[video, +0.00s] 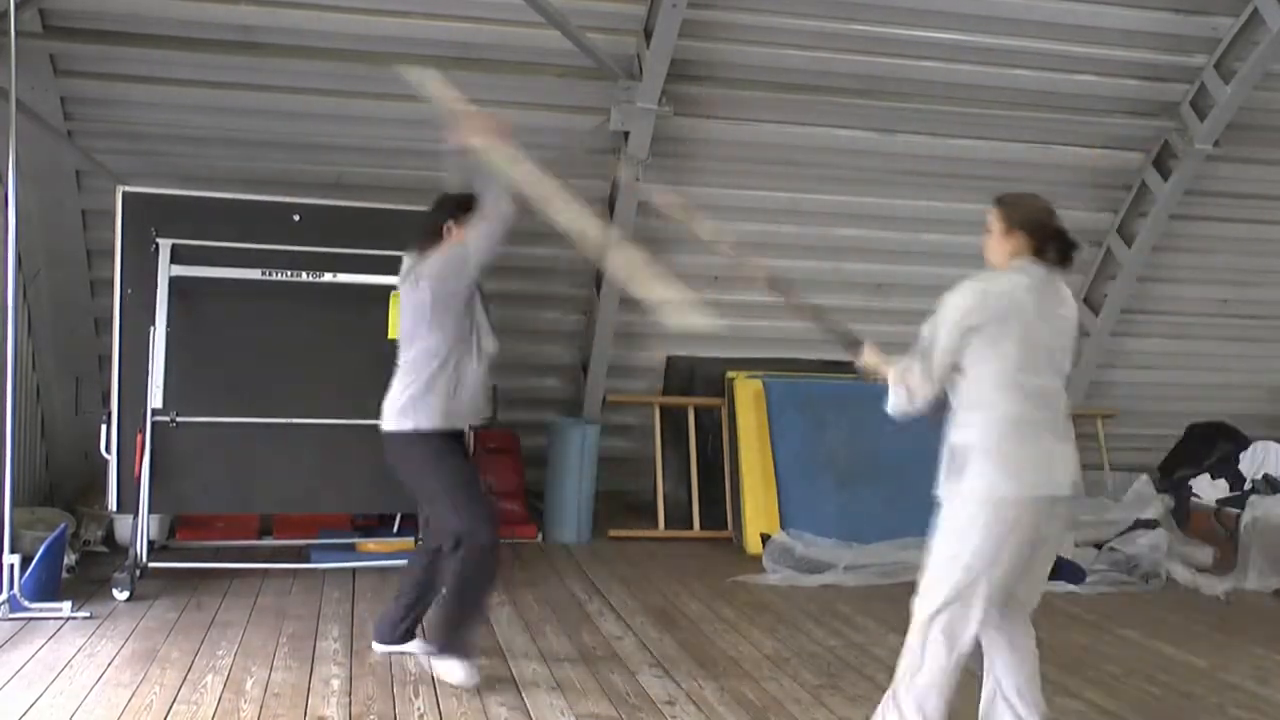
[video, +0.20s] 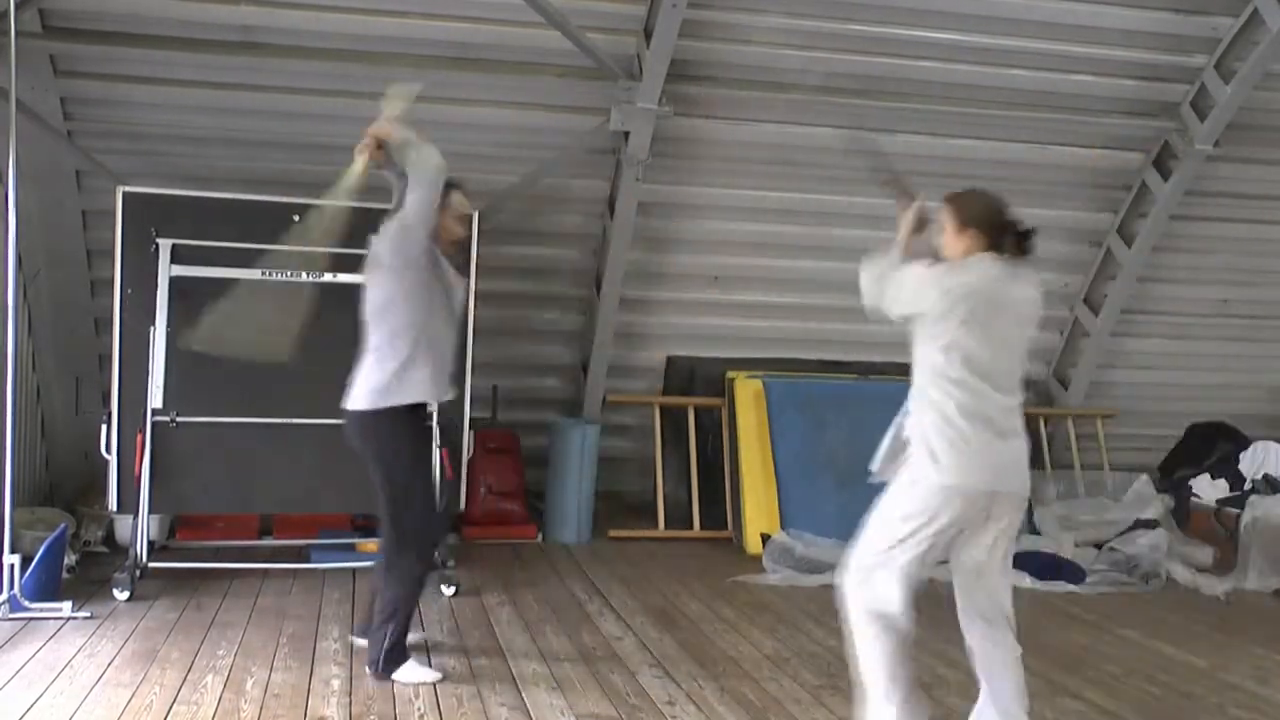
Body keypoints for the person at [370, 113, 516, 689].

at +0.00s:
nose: (481, 239)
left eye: (480, 229)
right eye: (475, 228)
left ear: (449, 230)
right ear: (452, 229)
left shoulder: (439, 274)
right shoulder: (436, 274)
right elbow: (491, 219)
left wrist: (470, 149)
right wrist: (497, 153)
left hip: (435, 430)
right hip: (421, 431)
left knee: (440, 539)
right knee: (476, 532)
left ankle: (393, 632)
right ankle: (444, 643)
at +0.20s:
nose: (466, 229)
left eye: (470, 221)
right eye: (459, 218)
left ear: (456, 226)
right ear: (433, 211)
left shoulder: (434, 268)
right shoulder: (398, 246)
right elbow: (428, 168)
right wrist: (390, 137)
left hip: (407, 410)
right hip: (384, 409)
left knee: (414, 529)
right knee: (414, 532)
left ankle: (378, 626)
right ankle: (388, 657)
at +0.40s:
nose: (418, 240)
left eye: (422, 228)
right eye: (412, 227)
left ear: (385, 222)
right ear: (387, 220)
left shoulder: (361, 255)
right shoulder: (354, 254)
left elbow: (423, 264)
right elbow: (436, 262)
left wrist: (446, 211)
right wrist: (472, 211)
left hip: (330, 417)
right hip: (305, 417)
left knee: (359, 518)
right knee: (344, 526)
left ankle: (357, 628)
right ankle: (304, 658)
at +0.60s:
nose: (356, 278)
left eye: (360, 267)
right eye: (350, 266)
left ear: (329, 260)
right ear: (322, 257)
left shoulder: (309, 293)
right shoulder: (283, 297)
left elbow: (361, 339)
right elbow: (344, 361)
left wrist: (430, 344)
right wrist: (423, 369)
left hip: (258, 424)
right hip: (243, 425)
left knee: (275, 531)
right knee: (294, 537)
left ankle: (189, 603)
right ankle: (295, 667)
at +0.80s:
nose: (299, 277)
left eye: (303, 268)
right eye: (295, 266)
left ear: (276, 257)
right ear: (270, 254)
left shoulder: (255, 280)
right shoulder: (229, 287)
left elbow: (325, 293)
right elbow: (285, 352)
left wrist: (375, 330)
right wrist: (356, 335)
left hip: (207, 423)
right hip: (175, 422)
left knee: (221, 526)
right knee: (211, 527)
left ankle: (168, 622)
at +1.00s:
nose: (252, 267)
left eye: (255, 258)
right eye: (245, 256)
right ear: (218, 249)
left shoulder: (210, 290)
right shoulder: (180, 291)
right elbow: (247, 349)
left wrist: (284, 298)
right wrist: (308, 312)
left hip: (190, 441)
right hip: (142, 439)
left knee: (218, 527)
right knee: (142, 542)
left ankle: (165, 627)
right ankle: (77, 612)